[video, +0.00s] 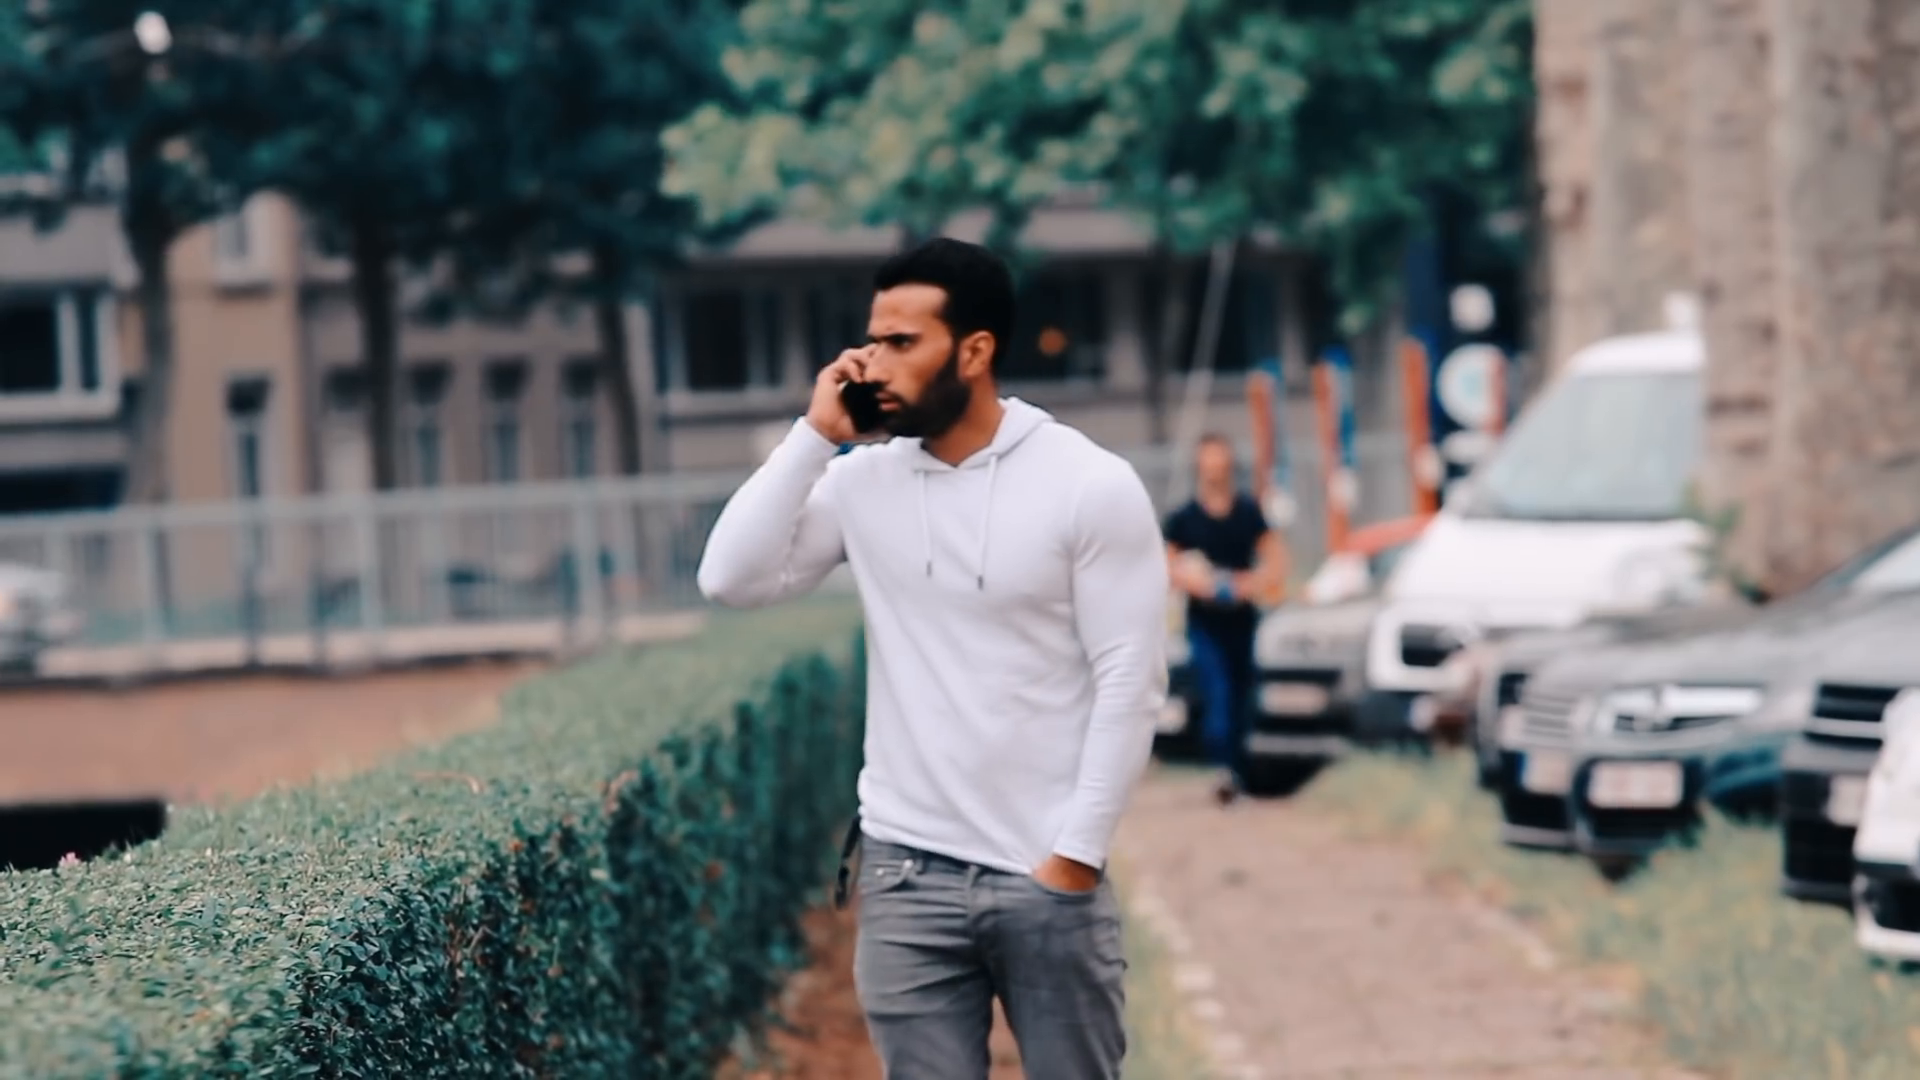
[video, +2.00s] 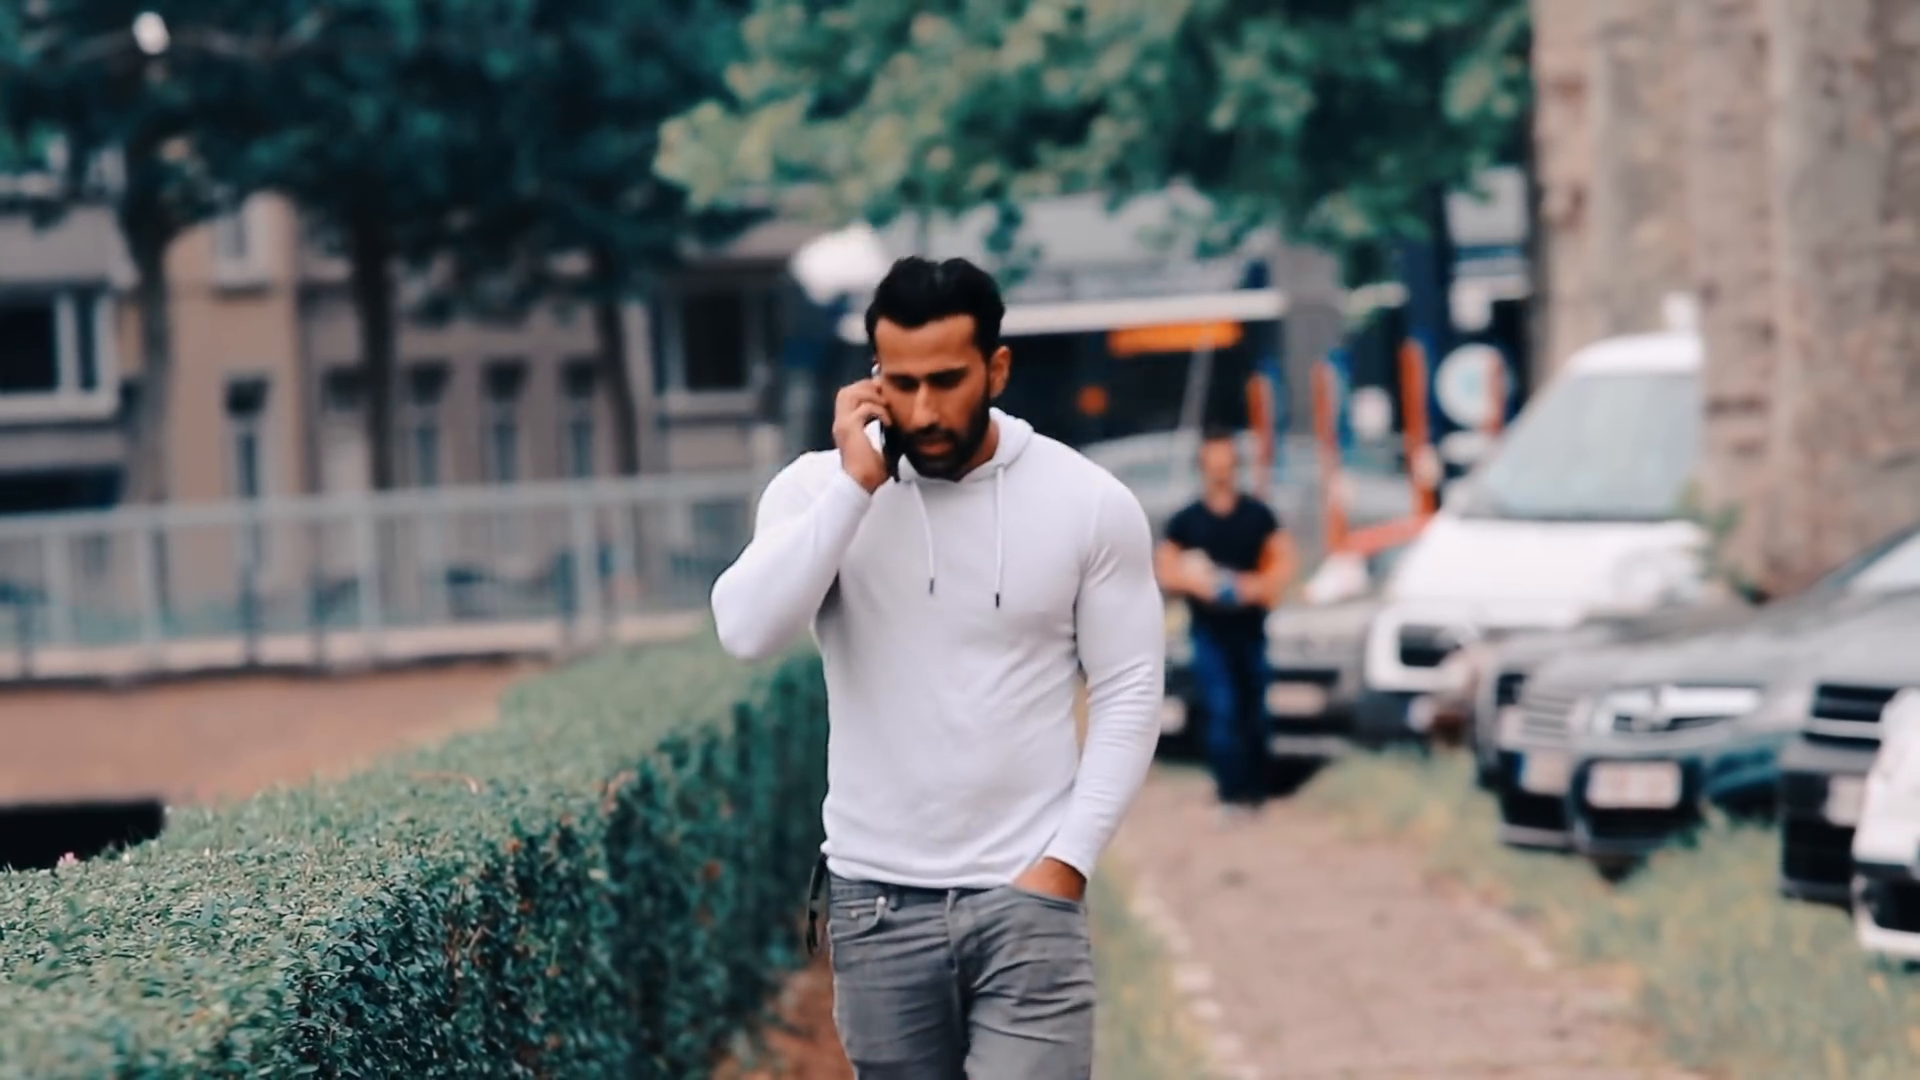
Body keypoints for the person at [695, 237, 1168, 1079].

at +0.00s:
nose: (872, 366)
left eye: (899, 343)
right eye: (871, 342)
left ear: (976, 353)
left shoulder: (1091, 487)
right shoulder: (857, 480)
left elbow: (1130, 681)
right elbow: (729, 579)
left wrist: (1076, 858)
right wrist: (817, 436)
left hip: (1046, 885)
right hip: (903, 878)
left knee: (1077, 1068)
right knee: (925, 1068)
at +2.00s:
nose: (923, 410)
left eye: (947, 381)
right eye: (901, 383)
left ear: (998, 366)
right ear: (874, 372)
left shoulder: (1090, 505)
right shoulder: (815, 488)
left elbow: (1127, 696)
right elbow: (745, 631)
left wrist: (1067, 864)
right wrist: (853, 481)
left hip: (1028, 903)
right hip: (874, 906)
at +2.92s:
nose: (801, 365)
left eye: (830, 336)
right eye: (787, 339)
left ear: (897, 346)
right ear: (770, 350)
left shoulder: (1008, 475)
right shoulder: (752, 487)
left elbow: (1118, 647)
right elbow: (630, 605)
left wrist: (1026, 778)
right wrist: (729, 448)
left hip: (979, 909)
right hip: (815, 909)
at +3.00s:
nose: (792, 369)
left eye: (822, 339)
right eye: (777, 342)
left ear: (888, 346)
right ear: (760, 351)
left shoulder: (996, 472)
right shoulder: (741, 487)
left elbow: (1106, 643)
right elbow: (623, 608)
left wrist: (994, 724)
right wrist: (722, 452)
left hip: (975, 900)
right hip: (808, 904)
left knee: (1024, 1065)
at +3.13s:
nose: (792, 370)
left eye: (822, 341)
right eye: (778, 344)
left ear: (888, 346)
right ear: (761, 351)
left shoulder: (994, 469)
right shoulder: (742, 486)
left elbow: (1085, 644)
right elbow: (624, 609)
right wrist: (721, 452)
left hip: (973, 897)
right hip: (804, 901)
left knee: (1018, 1064)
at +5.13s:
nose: (799, 371)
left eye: (827, 342)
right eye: (785, 346)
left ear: (895, 346)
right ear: (769, 352)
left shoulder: (1011, 448)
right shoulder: (763, 485)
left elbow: (1038, 592)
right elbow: (651, 627)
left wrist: (871, 532)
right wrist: (732, 468)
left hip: (1000, 893)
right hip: (830, 899)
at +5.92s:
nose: (789, 372)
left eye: (819, 341)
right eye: (777, 346)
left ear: (887, 344)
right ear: (762, 352)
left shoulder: (1003, 450)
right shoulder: (763, 485)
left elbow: (1015, 598)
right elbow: (644, 628)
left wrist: (841, 581)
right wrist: (723, 465)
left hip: (992, 896)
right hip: (823, 902)